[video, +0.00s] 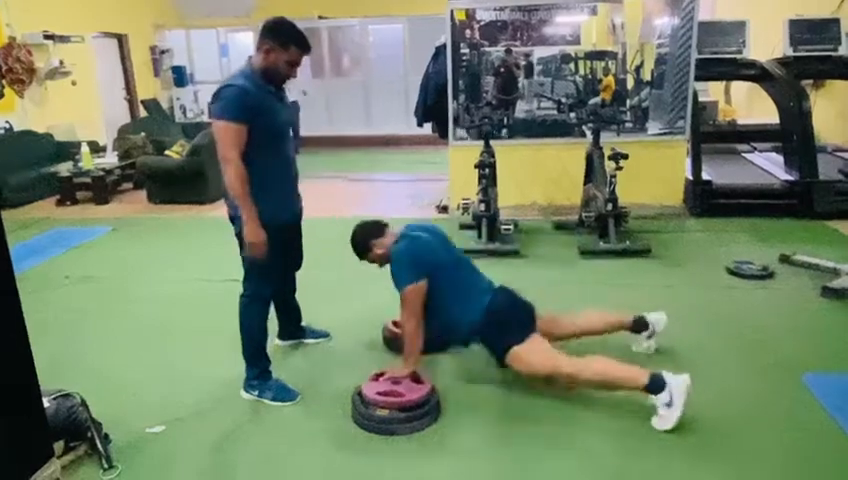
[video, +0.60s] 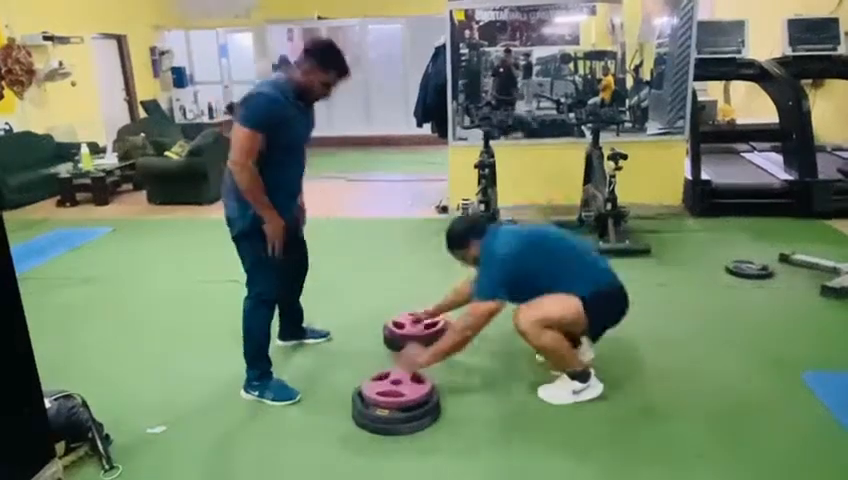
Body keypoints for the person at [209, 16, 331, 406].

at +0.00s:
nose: (295, 71)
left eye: (298, 64)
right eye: (291, 63)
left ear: (275, 55)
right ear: (266, 51)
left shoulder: (272, 91)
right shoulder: (235, 95)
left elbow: (277, 153)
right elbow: (230, 162)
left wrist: (289, 199)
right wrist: (249, 221)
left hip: (285, 207)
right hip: (257, 212)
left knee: (286, 272)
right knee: (258, 291)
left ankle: (290, 329)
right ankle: (257, 377)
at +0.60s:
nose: (328, 92)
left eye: (332, 85)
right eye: (326, 83)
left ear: (316, 74)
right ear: (307, 69)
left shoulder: (301, 103)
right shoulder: (263, 101)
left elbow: (289, 158)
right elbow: (239, 164)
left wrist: (296, 199)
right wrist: (269, 216)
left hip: (284, 207)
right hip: (252, 211)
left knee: (295, 267)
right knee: (263, 289)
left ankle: (291, 328)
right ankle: (257, 378)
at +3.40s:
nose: (304, 80)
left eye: (307, 73)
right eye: (301, 71)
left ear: (284, 62)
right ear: (277, 59)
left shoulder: (280, 96)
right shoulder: (243, 103)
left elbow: (289, 152)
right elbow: (242, 174)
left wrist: (311, 192)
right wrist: (260, 232)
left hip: (288, 210)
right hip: (260, 217)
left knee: (292, 275)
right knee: (266, 297)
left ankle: (293, 334)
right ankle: (262, 384)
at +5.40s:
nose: (425, 288)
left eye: (429, 284)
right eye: (427, 282)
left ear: (414, 258)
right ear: (416, 270)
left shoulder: (391, 255)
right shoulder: (369, 270)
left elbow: (389, 291)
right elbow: (349, 340)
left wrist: (411, 321)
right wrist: (387, 378)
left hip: (306, 282)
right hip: (281, 291)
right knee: (333, 340)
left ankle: (303, 339)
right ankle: (275, 383)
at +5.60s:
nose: (449, 318)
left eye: (455, 316)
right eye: (454, 314)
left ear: (451, 292)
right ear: (449, 299)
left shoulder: (427, 262)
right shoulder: (407, 282)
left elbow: (394, 285)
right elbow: (362, 332)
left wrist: (410, 319)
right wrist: (385, 379)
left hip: (333, 237)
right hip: (312, 254)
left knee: (358, 297)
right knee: (324, 340)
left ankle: (289, 309)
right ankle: (242, 350)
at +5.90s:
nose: (468, 375)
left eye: (477, 374)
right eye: (474, 371)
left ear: (476, 342)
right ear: (472, 353)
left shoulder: (452, 312)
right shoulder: (440, 326)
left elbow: (411, 301)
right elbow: (385, 328)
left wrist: (414, 360)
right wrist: (389, 381)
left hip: (358, 294)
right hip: (341, 308)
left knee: (313, 324)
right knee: (275, 362)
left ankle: (253, 315)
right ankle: (176, 367)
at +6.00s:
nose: (473, 374)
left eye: (481, 372)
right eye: (478, 370)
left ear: (478, 341)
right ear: (473, 352)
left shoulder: (450, 309)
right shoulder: (441, 330)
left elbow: (409, 284)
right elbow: (387, 328)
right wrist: (391, 378)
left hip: (349, 304)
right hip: (336, 326)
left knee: (307, 322)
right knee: (266, 372)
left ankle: (244, 313)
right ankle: (170, 367)